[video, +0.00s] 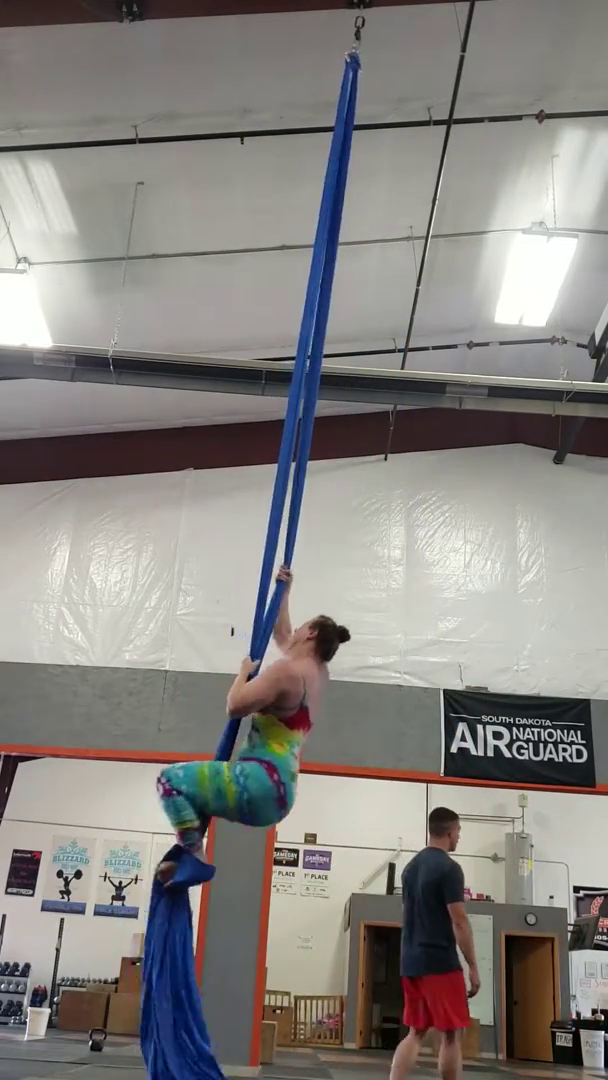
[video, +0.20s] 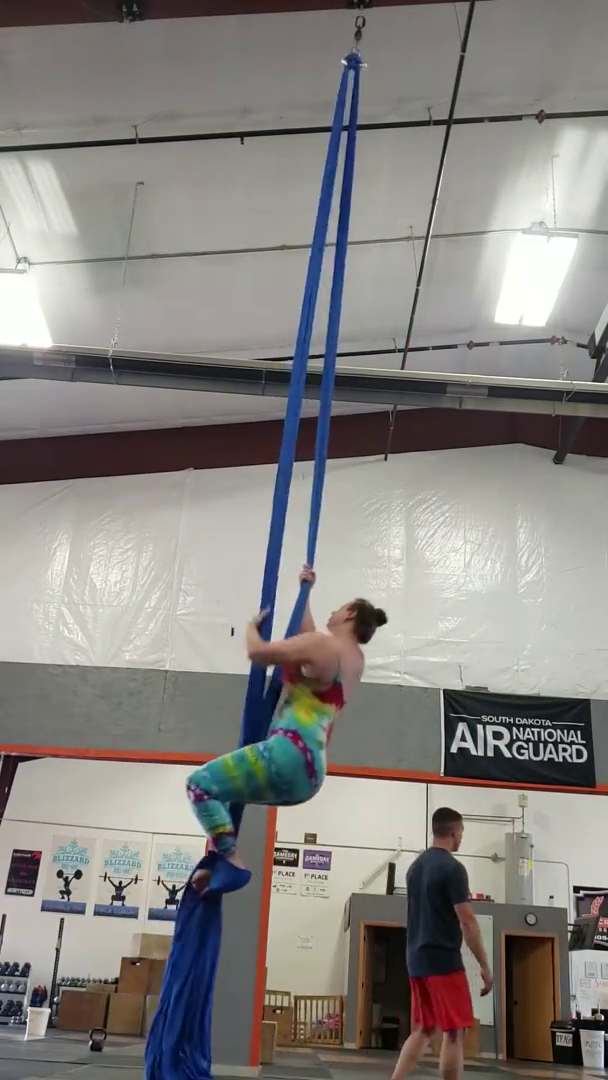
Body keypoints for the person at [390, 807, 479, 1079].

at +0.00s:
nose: (459, 837)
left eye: (459, 832)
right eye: (458, 832)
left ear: (430, 832)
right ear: (452, 833)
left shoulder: (411, 866)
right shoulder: (448, 867)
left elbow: (409, 917)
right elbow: (459, 920)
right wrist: (472, 966)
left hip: (410, 962)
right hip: (441, 963)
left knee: (416, 1032)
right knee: (452, 1035)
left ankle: (395, 1076)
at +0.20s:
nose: (461, 838)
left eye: (461, 833)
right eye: (461, 833)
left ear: (434, 832)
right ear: (455, 833)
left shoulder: (416, 866)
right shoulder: (452, 867)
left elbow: (416, 916)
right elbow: (467, 920)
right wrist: (484, 965)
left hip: (416, 960)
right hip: (443, 960)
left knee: (424, 1030)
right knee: (455, 1032)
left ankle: (396, 1076)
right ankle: (450, 1077)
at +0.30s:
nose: (461, 836)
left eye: (460, 831)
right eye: (459, 831)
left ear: (434, 832)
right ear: (449, 833)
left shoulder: (416, 867)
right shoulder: (447, 868)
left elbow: (422, 916)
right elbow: (464, 921)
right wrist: (487, 961)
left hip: (416, 962)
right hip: (441, 963)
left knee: (422, 1033)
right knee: (452, 1035)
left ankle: (402, 1077)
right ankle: (449, 1078)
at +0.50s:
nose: (452, 838)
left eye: (451, 832)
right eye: (448, 832)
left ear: (429, 835)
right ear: (434, 834)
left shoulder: (414, 867)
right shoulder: (429, 869)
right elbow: (442, 922)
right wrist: (472, 956)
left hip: (410, 964)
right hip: (429, 964)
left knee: (415, 1034)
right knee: (446, 1034)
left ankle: (398, 1077)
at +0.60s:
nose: (446, 840)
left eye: (446, 834)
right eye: (442, 834)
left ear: (424, 836)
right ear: (426, 835)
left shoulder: (413, 867)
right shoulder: (419, 870)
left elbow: (420, 922)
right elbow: (427, 922)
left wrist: (446, 959)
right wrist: (453, 960)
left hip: (405, 964)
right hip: (421, 965)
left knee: (410, 1034)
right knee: (438, 1033)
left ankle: (397, 1077)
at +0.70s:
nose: (442, 842)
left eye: (442, 837)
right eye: (438, 837)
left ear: (422, 839)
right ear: (421, 838)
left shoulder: (410, 869)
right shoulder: (411, 871)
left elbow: (411, 924)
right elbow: (412, 926)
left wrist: (423, 966)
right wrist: (426, 967)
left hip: (403, 967)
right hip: (411, 967)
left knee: (406, 1036)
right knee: (428, 1036)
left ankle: (395, 1077)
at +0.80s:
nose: (439, 844)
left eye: (439, 838)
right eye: (435, 838)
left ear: (418, 840)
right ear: (418, 838)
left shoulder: (411, 869)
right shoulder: (403, 870)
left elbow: (406, 919)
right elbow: (395, 918)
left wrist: (412, 963)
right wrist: (397, 964)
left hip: (410, 965)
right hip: (406, 966)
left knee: (404, 1035)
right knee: (417, 1034)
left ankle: (395, 1076)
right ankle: (421, 1077)